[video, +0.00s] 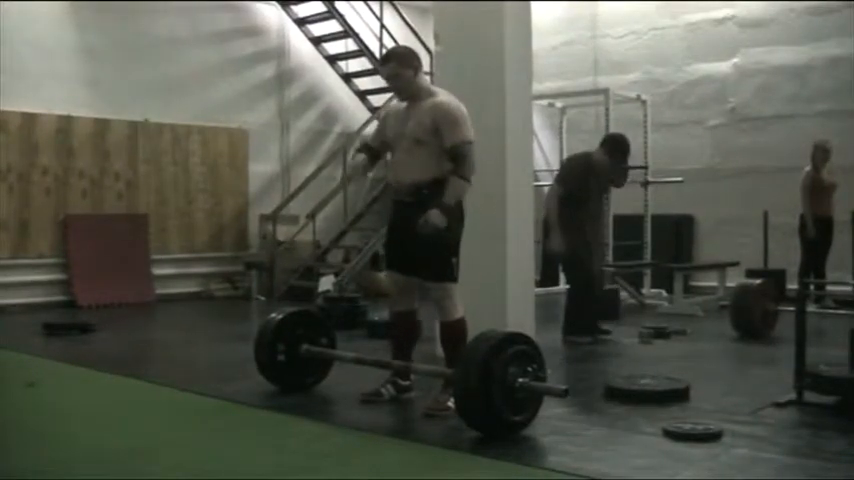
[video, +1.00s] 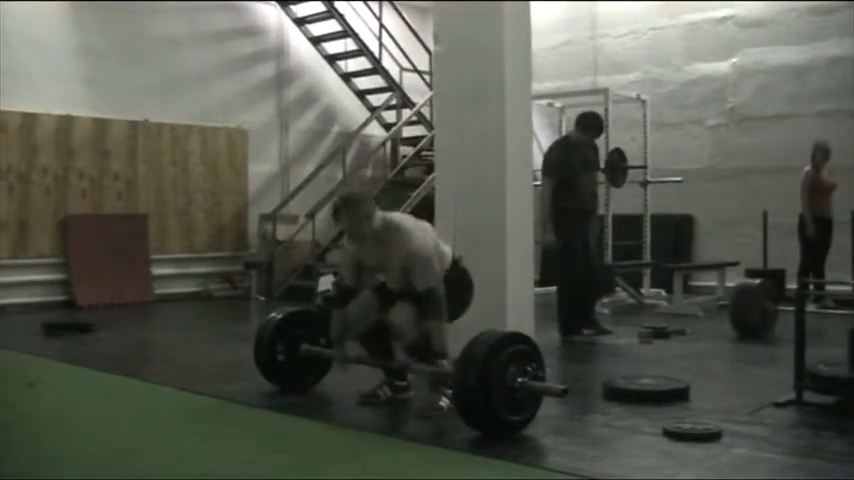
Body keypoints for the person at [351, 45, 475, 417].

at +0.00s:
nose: (391, 85)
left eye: (395, 77)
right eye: (387, 79)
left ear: (415, 70)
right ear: (388, 78)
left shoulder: (446, 108)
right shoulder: (393, 113)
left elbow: (465, 164)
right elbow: (375, 149)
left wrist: (445, 208)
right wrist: (365, 158)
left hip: (438, 202)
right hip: (402, 203)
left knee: (444, 296)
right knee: (401, 293)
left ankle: (453, 386)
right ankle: (400, 379)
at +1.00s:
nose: (352, 231)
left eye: (355, 223)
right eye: (346, 225)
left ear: (369, 215)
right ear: (341, 223)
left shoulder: (413, 239)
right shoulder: (353, 243)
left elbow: (435, 304)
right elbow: (349, 291)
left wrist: (440, 357)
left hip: (447, 283)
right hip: (400, 286)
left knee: (402, 320)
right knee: (360, 315)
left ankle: (442, 386)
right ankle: (396, 381)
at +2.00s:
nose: (399, 76)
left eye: (407, 70)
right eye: (397, 71)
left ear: (428, 75)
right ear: (396, 78)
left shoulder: (445, 113)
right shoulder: (386, 112)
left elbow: (481, 120)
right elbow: (340, 130)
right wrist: (377, 129)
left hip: (416, 201)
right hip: (380, 201)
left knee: (415, 299)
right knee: (374, 294)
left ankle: (442, 387)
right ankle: (395, 380)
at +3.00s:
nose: (408, 77)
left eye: (418, 73)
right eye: (406, 73)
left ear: (436, 86)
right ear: (400, 84)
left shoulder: (443, 129)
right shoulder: (384, 136)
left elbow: (448, 177)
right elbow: (359, 185)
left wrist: (447, 133)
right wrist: (348, 150)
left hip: (425, 218)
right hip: (387, 221)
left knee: (417, 311)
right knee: (364, 308)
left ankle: (453, 391)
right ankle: (394, 383)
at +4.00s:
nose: (418, 61)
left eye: (425, 54)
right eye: (413, 55)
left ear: (440, 59)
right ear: (408, 61)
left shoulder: (457, 93)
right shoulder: (401, 96)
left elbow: (481, 47)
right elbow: (368, 52)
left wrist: (479, 4)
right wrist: (368, 7)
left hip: (446, 191)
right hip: (404, 194)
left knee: (457, 285)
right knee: (393, 286)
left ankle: (480, 384)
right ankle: (393, 380)